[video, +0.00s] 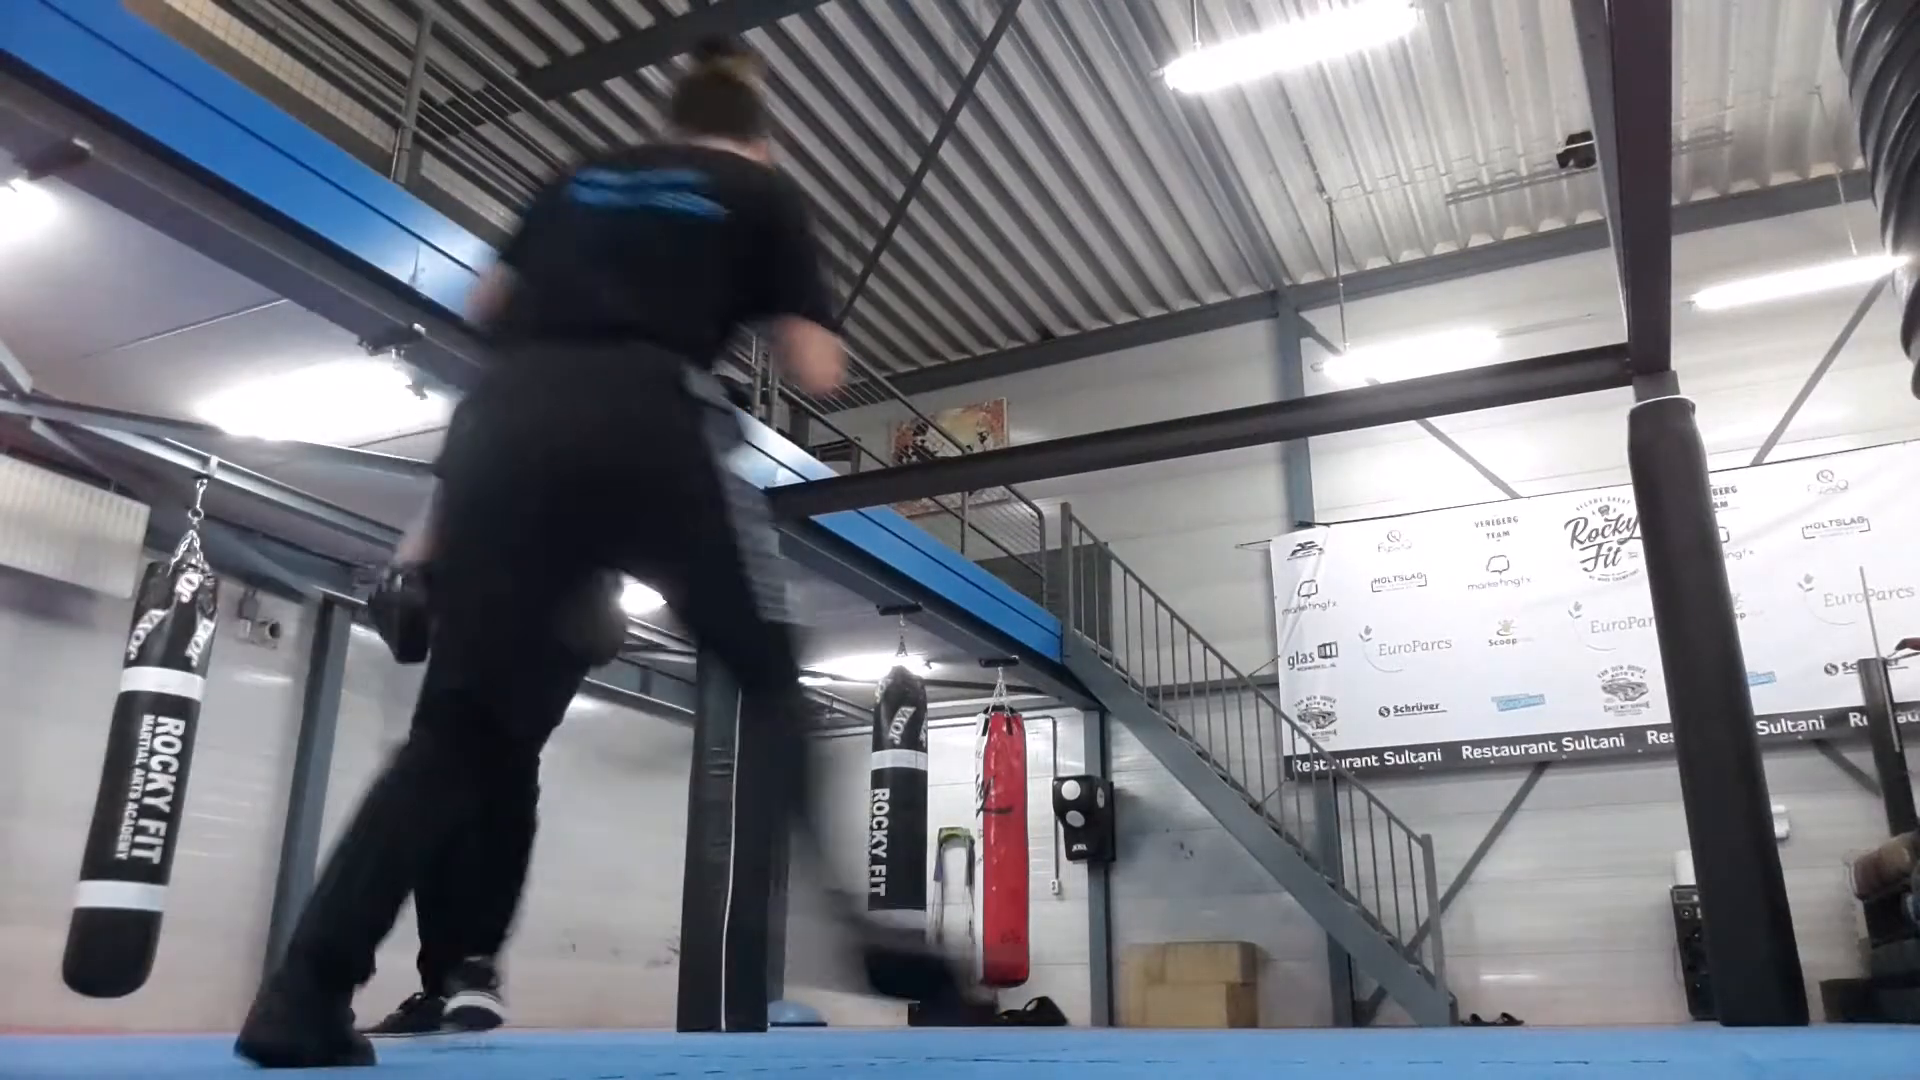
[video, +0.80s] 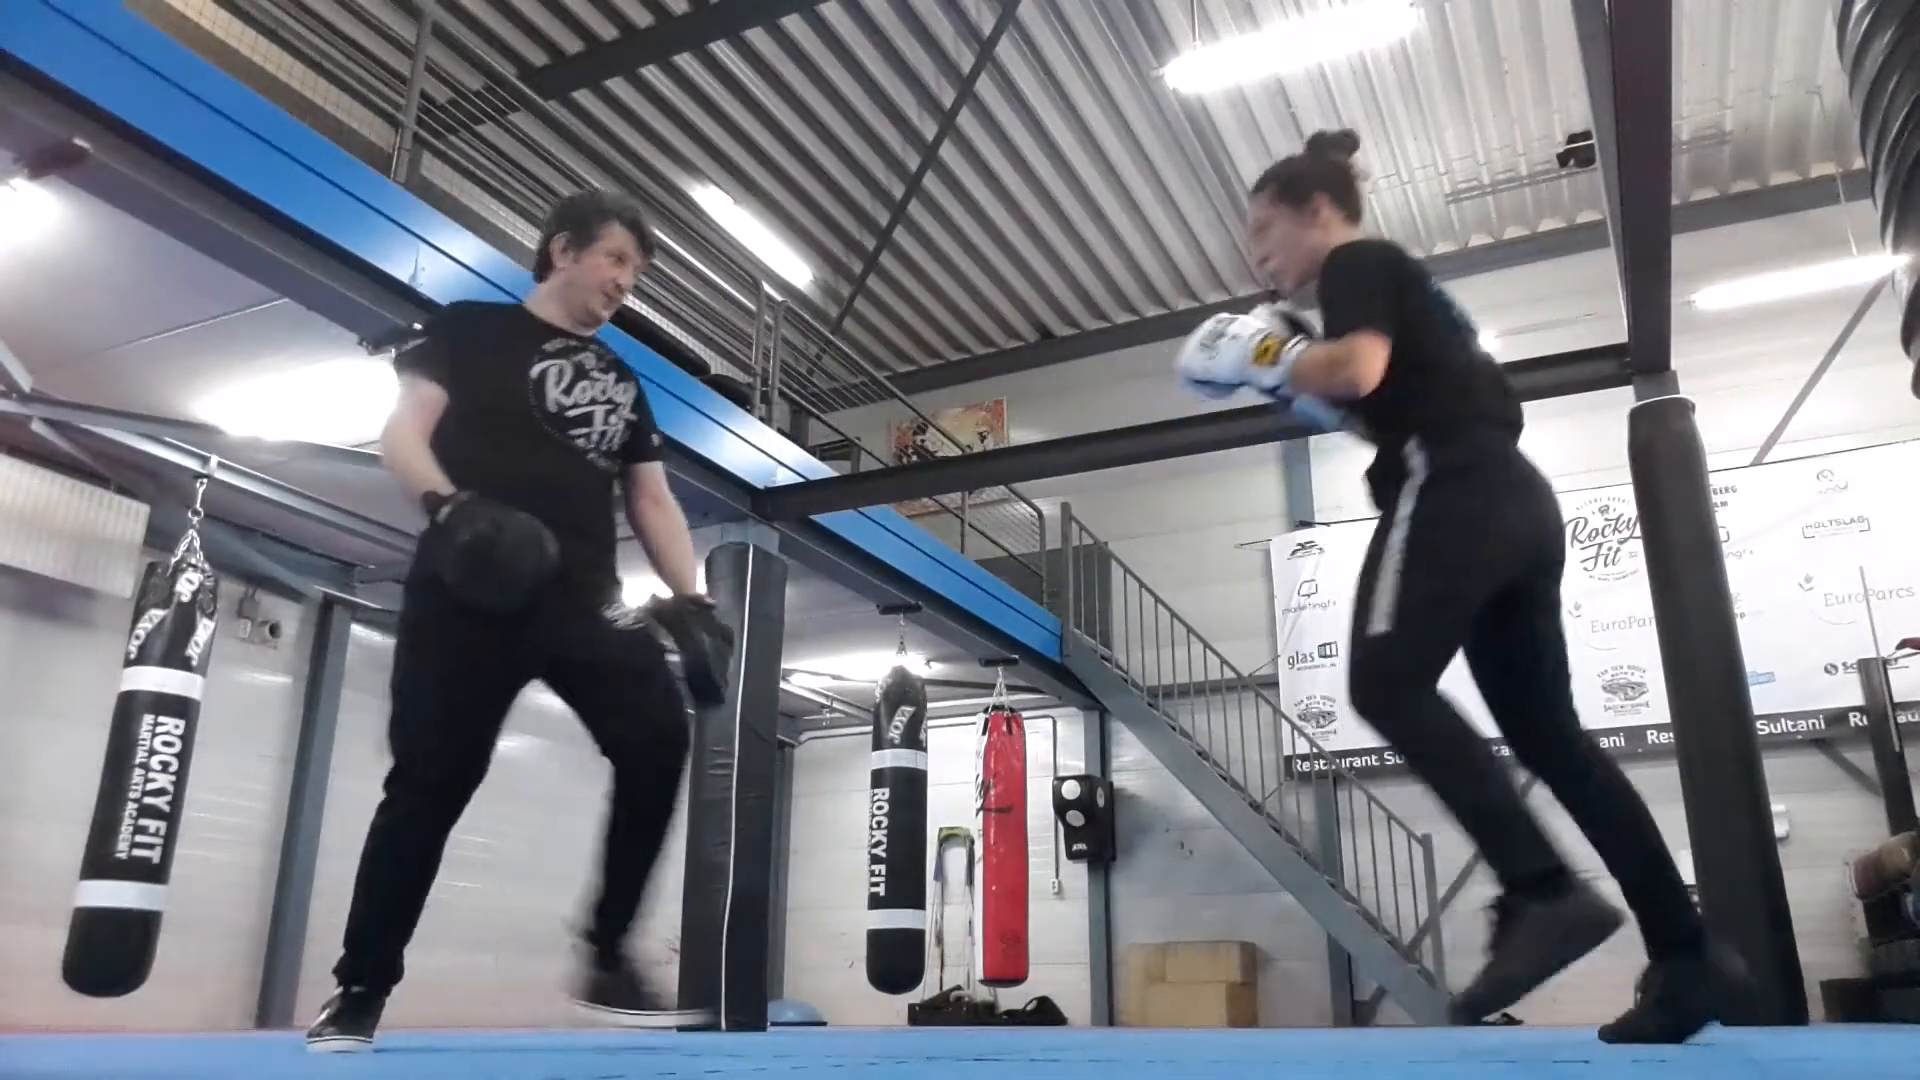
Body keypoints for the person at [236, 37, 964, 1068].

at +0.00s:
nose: (771, 161)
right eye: (770, 149)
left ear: (670, 123)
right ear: (757, 140)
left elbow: (486, 306)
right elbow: (815, 370)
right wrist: (801, 330)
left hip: (505, 419)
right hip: (640, 428)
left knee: (459, 729)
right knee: (767, 681)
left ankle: (297, 1005)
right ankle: (755, 979)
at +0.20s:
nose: (822, 145)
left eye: (823, 133)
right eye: (825, 135)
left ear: (843, 123)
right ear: (923, 120)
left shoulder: (825, 183)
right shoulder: (992, 190)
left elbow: (696, 297)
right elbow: (1041, 345)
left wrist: (744, 238)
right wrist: (994, 423)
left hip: (875, 447)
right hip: (1005, 456)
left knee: (733, 679)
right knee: (1044, 707)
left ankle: (558, 931)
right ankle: (1133, 980)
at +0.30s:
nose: (898, 120)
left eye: (900, 104)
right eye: (899, 107)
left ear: (927, 90)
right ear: (986, 87)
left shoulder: (921, 141)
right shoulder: (1069, 146)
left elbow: (834, 278)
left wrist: (810, 227)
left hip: (1010, 395)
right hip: (1126, 399)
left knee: (944, 638)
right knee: (1132, 652)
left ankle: (1003, 835)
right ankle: (1211, 924)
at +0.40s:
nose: (976, 132)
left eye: (977, 116)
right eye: (975, 119)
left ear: (1003, 102)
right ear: (1064, 97)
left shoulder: (1018, 148)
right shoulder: (1152, 159)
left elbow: (963, 283)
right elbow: (1192, 296)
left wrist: (900, 312)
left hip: (1137, 412)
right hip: (1240, 409)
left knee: (1119, 664)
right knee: (1257, 677)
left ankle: (1314, 900)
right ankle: (1404, 910)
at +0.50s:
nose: (1065, 198)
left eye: (1066, 180)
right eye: (1062, 183)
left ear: (1098, 161)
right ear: (1147, 157)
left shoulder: (1118, 218)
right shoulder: (1233, 223)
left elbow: (1083, 350)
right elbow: (1316, 363)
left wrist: (1028, 384)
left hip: (1242, 451)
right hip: (1330, 440)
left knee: (1270, 731)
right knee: (1393, 712)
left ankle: (1441, 989)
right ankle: (1594, 966)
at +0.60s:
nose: (1153, 269)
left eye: (1156, 246)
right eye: (1150, 250)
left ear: (1196, 225)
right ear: (1232, 224)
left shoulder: (1228, 276)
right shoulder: (1309, 285)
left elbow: (1212, 401)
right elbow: (1295, 428)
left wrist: (1130, 391)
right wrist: (1175, 412)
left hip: (1350, 501)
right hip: (1421, 498)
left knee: (1314, 743)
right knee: (1489, 763)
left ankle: (1440, 988)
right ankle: (1689, 978)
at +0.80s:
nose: (1259, 258)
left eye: (1263, 235)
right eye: (1253, 244)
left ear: (1316, 212)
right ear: (1333, 220)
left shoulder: (1356, 263)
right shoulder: (1398, 275)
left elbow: (1361, 366)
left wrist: (1278, 357)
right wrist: (1291, 357)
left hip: (1451, 494)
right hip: (1515, 494)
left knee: (1387, 683)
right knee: (1547, 735)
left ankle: (1544, 894)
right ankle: (1687, 955)